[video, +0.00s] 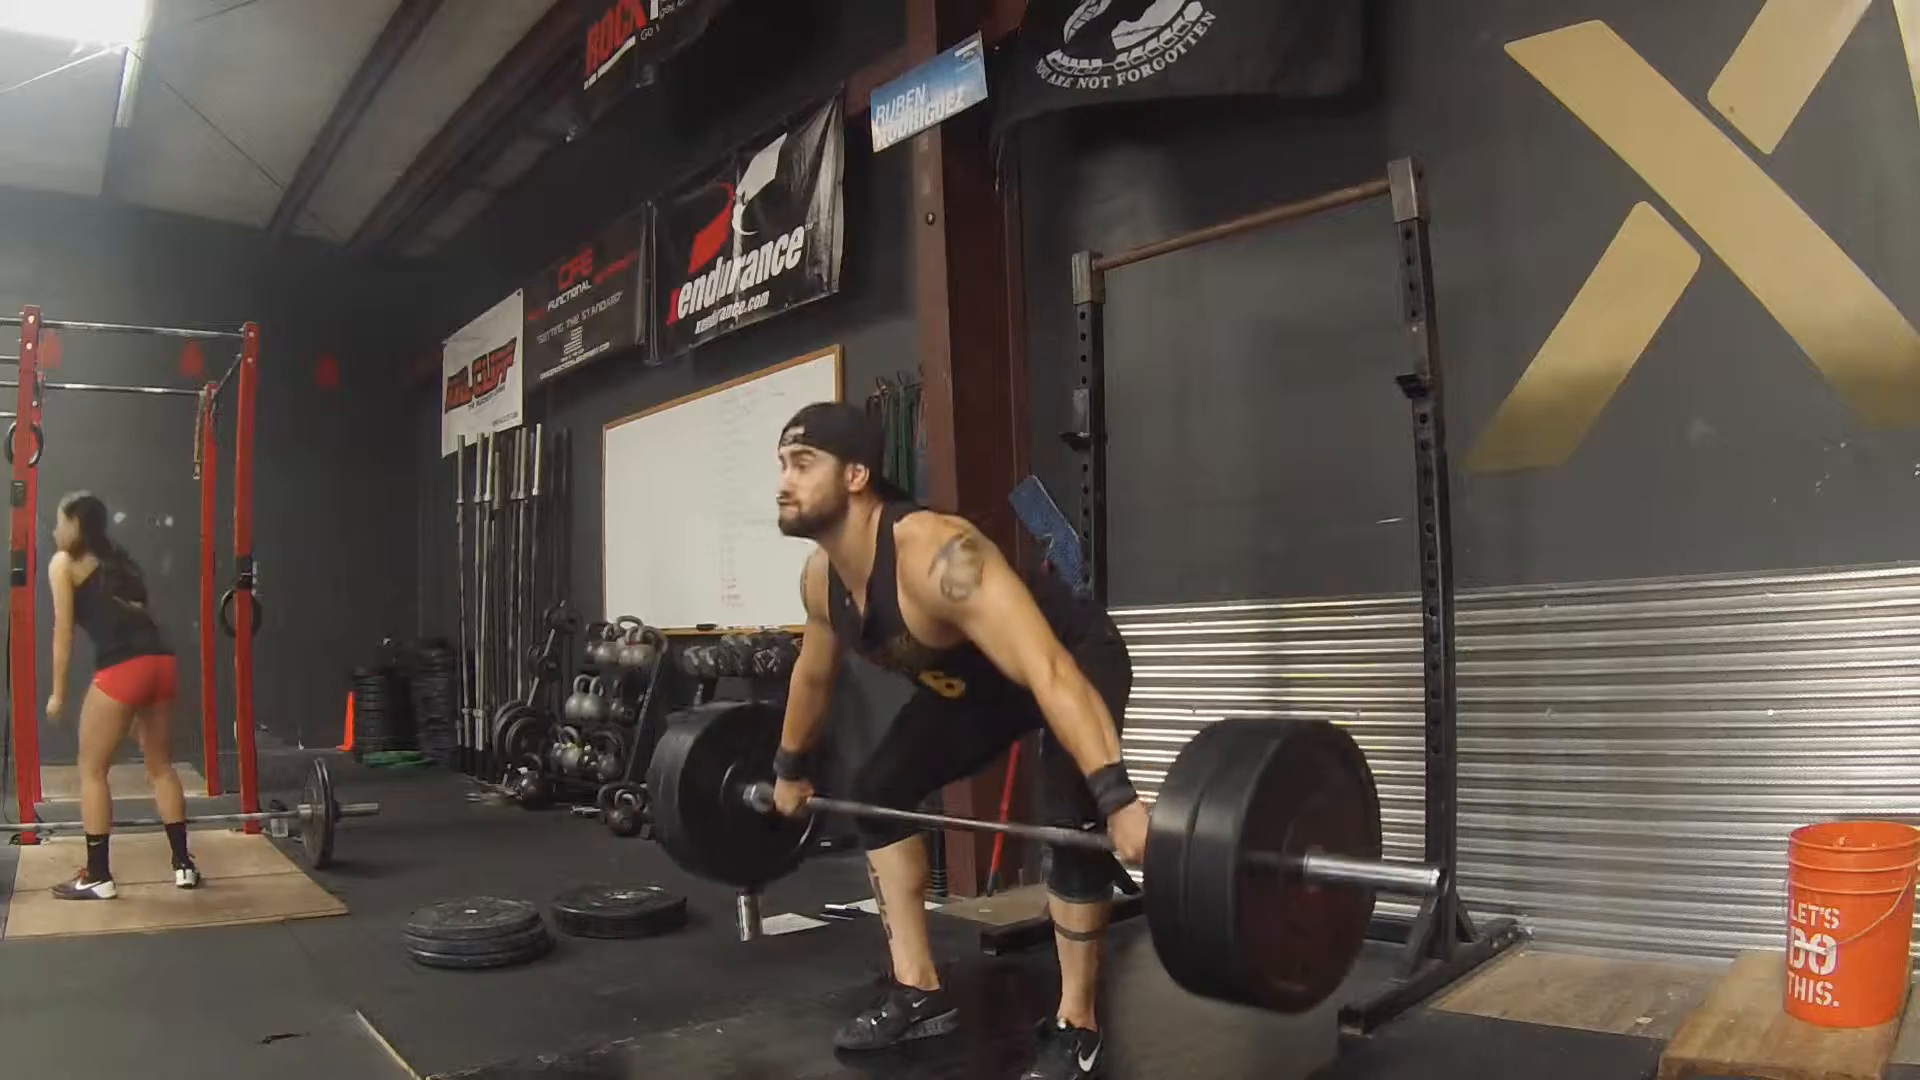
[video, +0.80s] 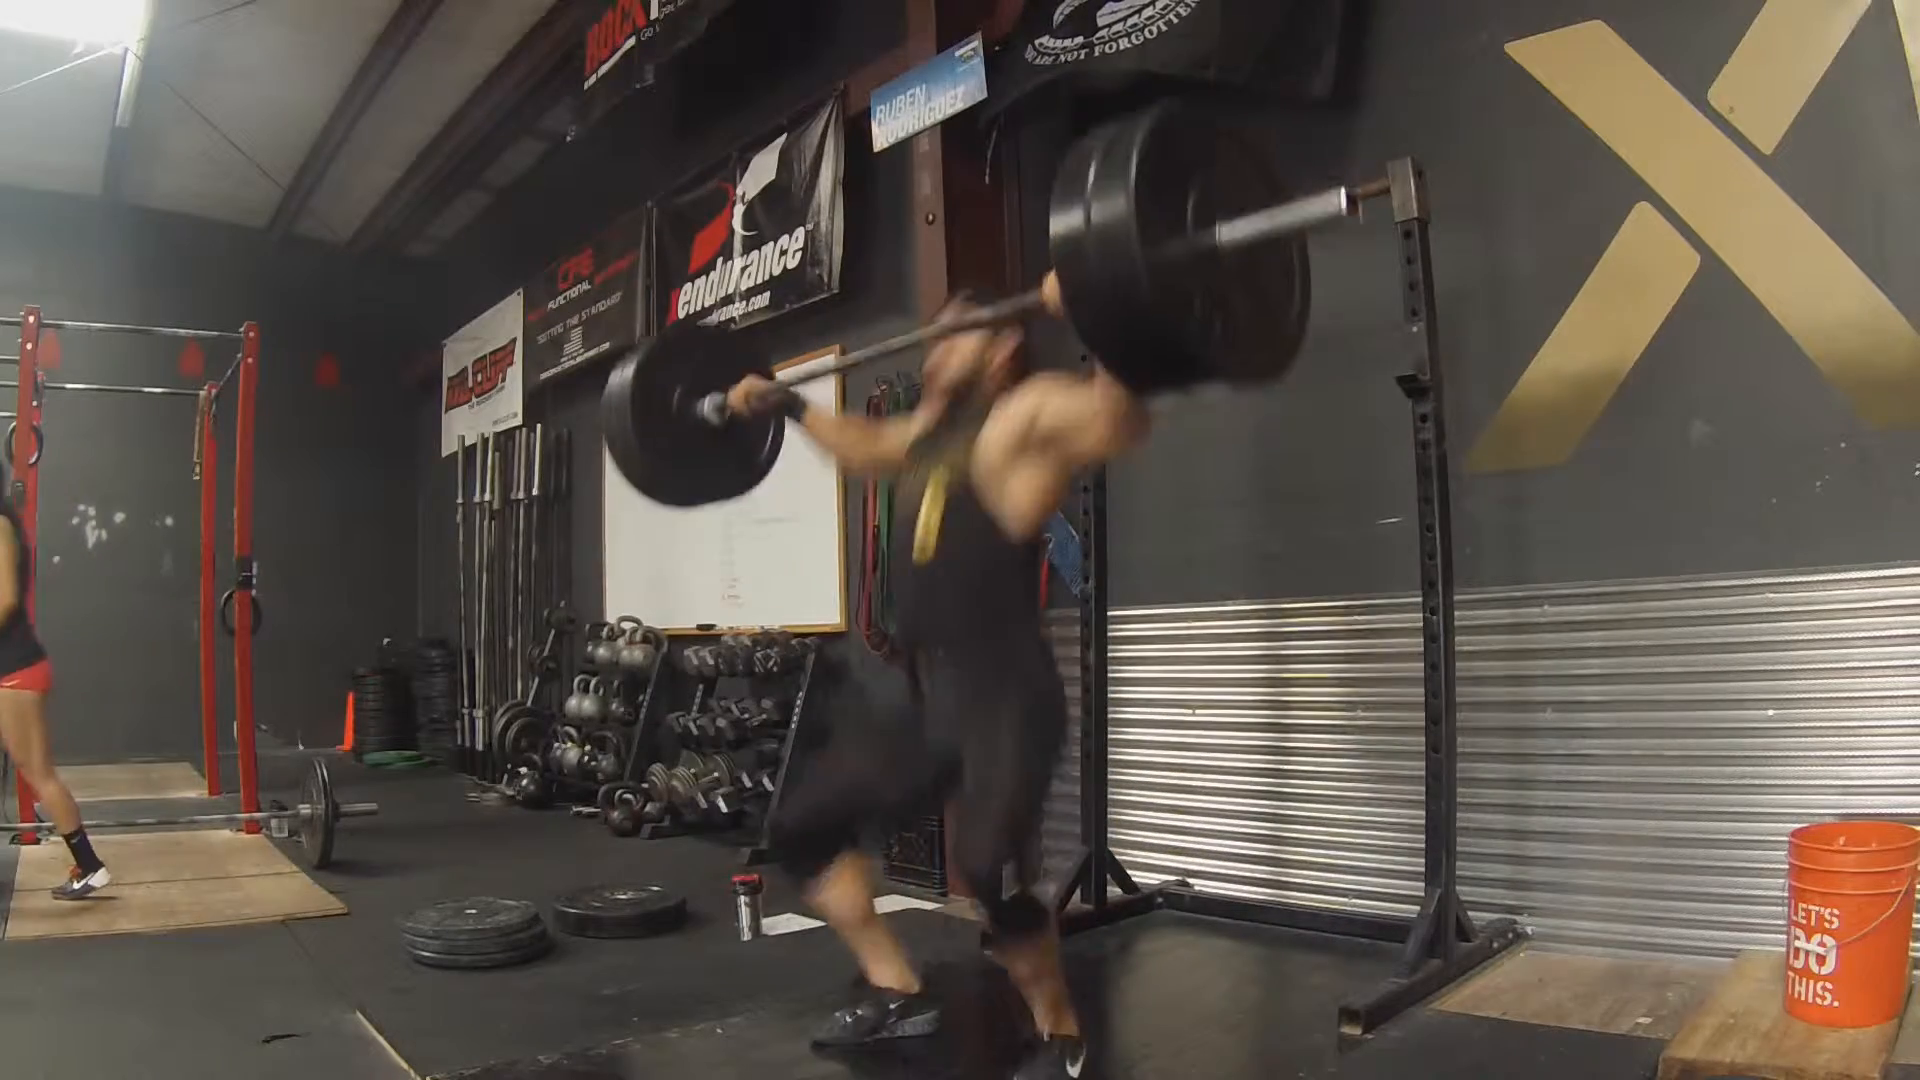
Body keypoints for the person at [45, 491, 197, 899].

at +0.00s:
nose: (56, 530)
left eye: (61, 522)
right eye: (58, 521)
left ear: (79, 526)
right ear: (95, 527)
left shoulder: (63, 563)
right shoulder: (117, 558)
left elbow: (63, 631)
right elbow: (137, 621)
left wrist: (58, 691)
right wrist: (138, 703)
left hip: (121, 669)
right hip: (161, 663)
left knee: (93, 770)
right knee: (161, 768)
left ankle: (98, 875)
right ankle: (184, 864)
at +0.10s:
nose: (46, 512)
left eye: (51, 505)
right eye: (49, 504)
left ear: (67, 508)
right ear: (83, 508)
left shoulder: (54, 546)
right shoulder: (104, 541)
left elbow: (56, 618)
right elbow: (120, 605)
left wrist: (49, 682)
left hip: (105, 665)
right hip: (145, 659)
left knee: (85, 771)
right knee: (147, 765)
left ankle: (97, 875)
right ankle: (180, 858)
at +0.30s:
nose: (24, 495)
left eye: (29, 488)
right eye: (26, 487)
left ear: (46, 493)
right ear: (59, 494)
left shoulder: (39, 529)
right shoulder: (75, 526)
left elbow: (41, 600)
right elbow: (86, 592)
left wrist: (22, 658)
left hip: (78, 668)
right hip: (107, 661)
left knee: (74, 773)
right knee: (101, 766)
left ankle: (97, 876)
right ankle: (160, 836)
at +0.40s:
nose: (13, 493)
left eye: (18, 485)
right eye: (15, 485)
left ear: (37, 490)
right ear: (45, 489)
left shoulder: (36, 526)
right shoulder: (59, 523)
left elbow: (40, 596)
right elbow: (55, 595)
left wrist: (12, 645)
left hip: (69, 663)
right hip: (79, 658)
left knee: (68, 771)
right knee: (57, 765)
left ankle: (97, 877)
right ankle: (128, 830)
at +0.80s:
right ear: (7, 477)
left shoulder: (7, 527)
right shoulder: (9, 526)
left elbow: (9, 598)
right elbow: (13, 596)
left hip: (18, 665)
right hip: (17, 664)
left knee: (37, 770)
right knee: (36, 770)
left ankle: (89, 864)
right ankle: (88, 864)